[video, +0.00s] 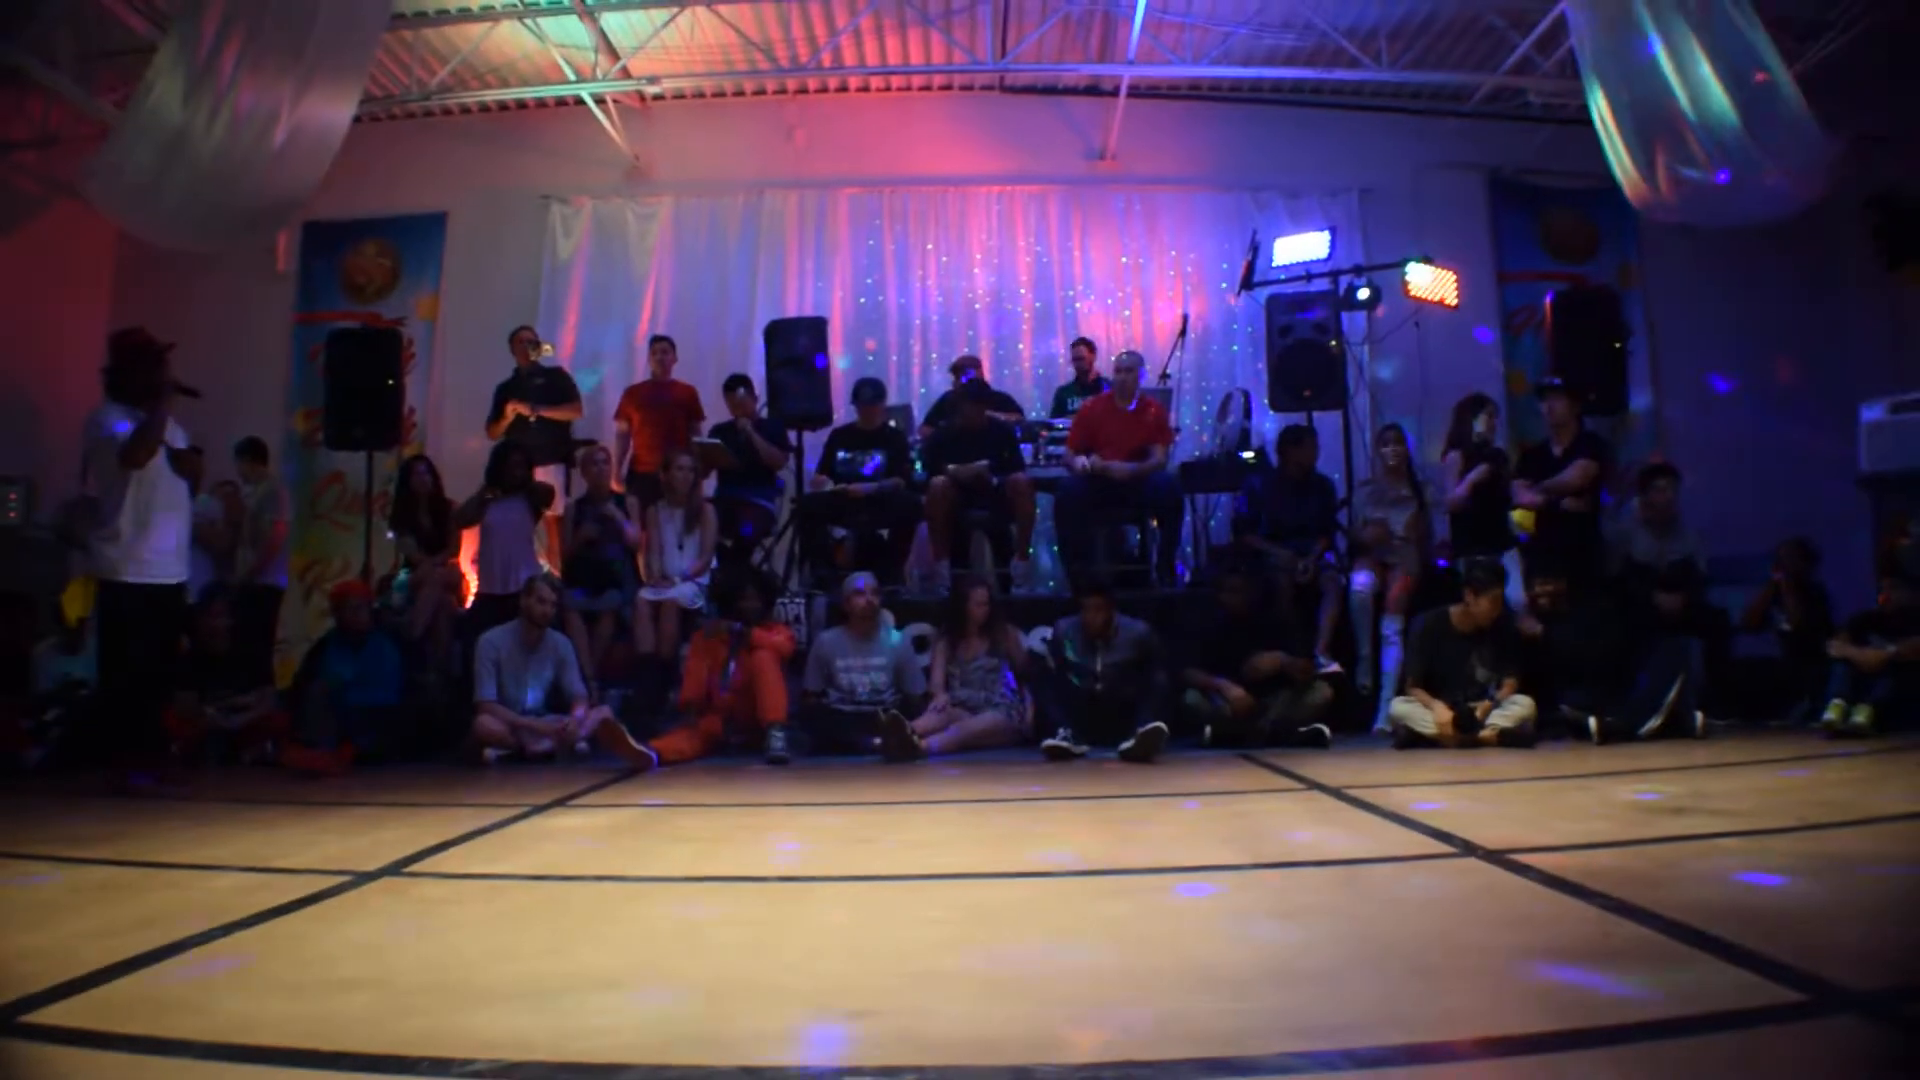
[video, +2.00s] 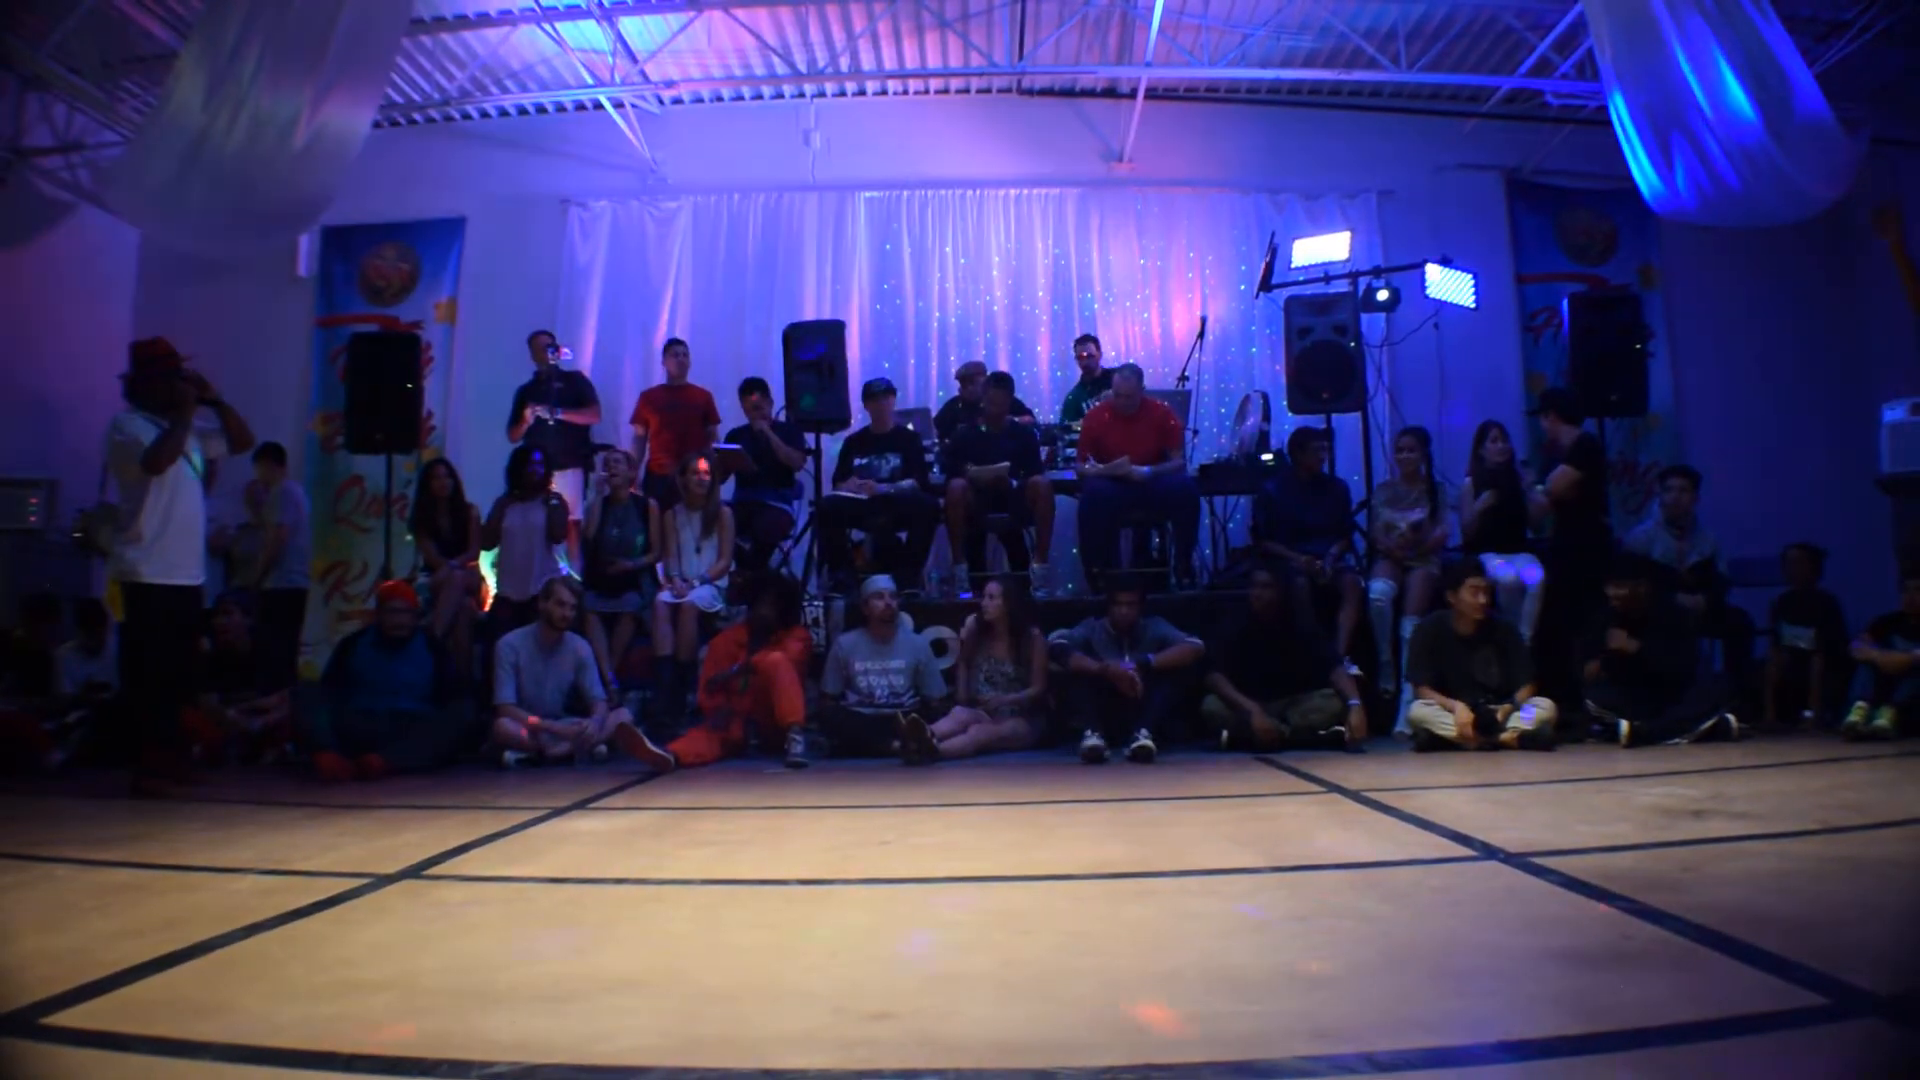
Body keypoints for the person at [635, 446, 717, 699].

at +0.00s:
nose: (684, 476)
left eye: (689, 470)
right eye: (679, 470)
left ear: (696, 477)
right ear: (666, 475)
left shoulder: (704, 510)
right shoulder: (656, 511)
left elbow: (707, 554)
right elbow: (652, 548)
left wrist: (686, 576)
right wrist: (654, 575)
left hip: (693, 579)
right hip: (663, 579)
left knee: (670, 603)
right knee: (643, 601)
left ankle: (666, 668)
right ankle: (645, 667)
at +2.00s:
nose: (702, 479)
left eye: (707, 474)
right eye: (696, 474)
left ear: (713, 480)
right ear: (683, 479)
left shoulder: (722, 514)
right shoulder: (672, 516)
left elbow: (725, 560)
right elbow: (669, 557)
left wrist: (698, 582)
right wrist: (674, 580)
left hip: (710, 581)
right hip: (678, 581)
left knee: (689, 605)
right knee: (661, 603)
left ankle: (683, 679)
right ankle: (664, 677)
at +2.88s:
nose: (700, 478)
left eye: (705, 473)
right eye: (694, 473)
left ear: (712, 479)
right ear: (682, 479)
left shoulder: (722, 514)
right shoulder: (671, 516)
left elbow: (724, 560)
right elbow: (669, 557)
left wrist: (699, 582)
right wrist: (674, 581)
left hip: (710, 581)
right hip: (678, 581)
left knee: (688, 607)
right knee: (660, 605)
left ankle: (682, 682)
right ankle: (662, 681)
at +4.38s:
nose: (700, 478)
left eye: (704, 473)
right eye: (694, 472)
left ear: (711, 478)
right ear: (681, 478)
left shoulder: (721, 513)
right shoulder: (670, 516)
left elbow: (725, 560)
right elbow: (669, 556)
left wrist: (700, 580)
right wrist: (674, 580)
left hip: (708, 579)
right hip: (677, 580)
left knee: (688, 606)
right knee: (659, 605)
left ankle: (682, 681)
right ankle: (662, 680)